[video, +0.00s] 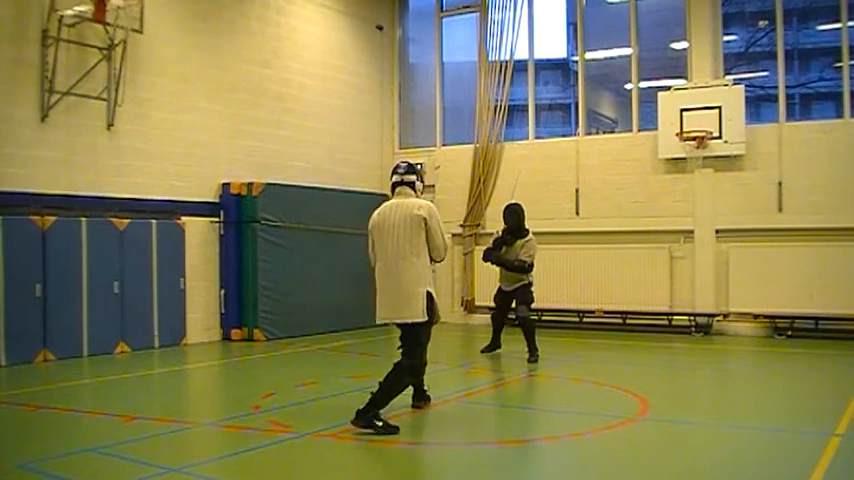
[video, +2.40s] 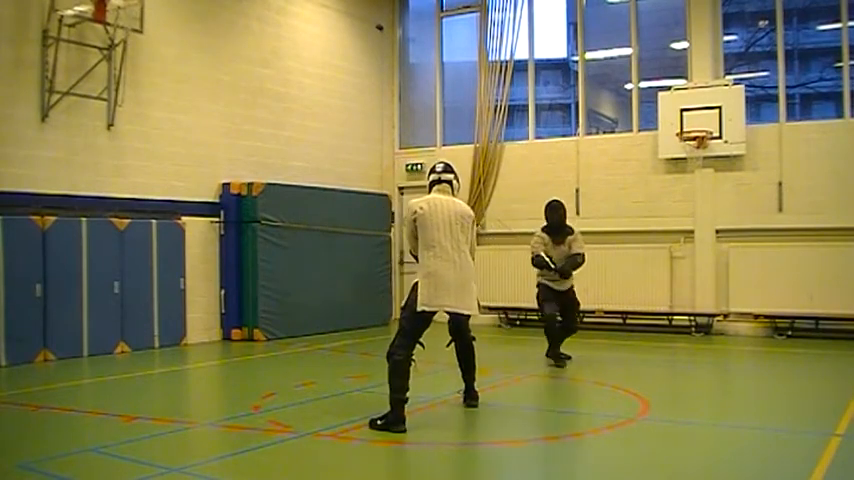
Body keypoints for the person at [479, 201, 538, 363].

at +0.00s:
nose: (507, 223)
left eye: (511, 219)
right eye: (505, 219)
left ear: (520, 219)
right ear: (504, 220)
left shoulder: (529, 241)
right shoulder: (501, 237)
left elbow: (526, 267)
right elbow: (487, 255)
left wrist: (500, 260)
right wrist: (502, 242)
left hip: (522, 285)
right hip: (505, 285)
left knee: (523, 316)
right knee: (497, 316)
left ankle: (532, 350)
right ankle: (495, 341)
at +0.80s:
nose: (508, 225)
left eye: (512, 221)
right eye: (505, 221)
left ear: (516, 223)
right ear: (498, 222)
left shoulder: (520, 241)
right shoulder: (491, 243)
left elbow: (528, 260)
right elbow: (491, 265)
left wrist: (522, 270)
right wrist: (511, 265)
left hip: (512, 290)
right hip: (491, 288)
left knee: (531, 315)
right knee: (501, 315)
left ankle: (518, 347)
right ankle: (493, 356)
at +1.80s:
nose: (517, 223)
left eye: (520, 219)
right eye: (513, 219)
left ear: (526, 221)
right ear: (507, 221)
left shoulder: (532, 240)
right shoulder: (500, 242)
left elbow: (538, 261)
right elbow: (498, 264)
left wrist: (530, 272)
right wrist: (515, 266)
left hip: (523, 289)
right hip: (502, 288)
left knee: (537, 316)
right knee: (506, 318)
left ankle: (543, 345)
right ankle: (493, 356)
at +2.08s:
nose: (538, 219)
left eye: (541, 215)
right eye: (534, 215)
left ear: (547, 218)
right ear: (528, 218)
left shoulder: (553, 238)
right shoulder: (521, 239)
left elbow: (558, 259)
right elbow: (518, 260)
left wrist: (549, 268)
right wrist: (531, 263)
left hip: (544, 288)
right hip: (524, 288)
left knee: (559, 319)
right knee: (519, 320)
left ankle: (553, 349)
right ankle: (500, 355)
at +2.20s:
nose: (545, 218)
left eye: (548, 214)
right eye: (541, 214)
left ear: (554, 216)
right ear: (536, 217)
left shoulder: (562, 236)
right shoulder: (530, 237)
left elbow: (568, 258)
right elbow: (526, 260)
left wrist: (557, 267)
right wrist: (544, 266)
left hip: (553, 286)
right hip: (534, 285)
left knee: (566, 321)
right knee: (533, 314)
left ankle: (553, 350)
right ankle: (516, 352)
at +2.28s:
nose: (550, 218)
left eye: (553, 214)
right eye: (546, 214)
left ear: (559, 215)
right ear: (540, 217)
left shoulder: (567, 235)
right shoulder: (535, 236)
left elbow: (573, 256)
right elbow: (531, 259)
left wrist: (562, 267)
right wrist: (549, 267)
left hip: (558, 285)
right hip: (539, 283)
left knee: (568, 323)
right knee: (540, 310)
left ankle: (554, 349)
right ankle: (533, 348)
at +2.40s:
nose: (556, 218)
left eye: (560, 214)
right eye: (553, 214)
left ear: (565, 215)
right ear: (546, 217)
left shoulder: (573, 235)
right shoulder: (541, 237)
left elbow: (579, 257)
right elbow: (536, 259)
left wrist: (565, 267)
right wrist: (553, 268)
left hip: (566, 287)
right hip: (547, 286)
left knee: (571, 324)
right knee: (551, 318)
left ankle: (553, 348)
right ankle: (554, 352)